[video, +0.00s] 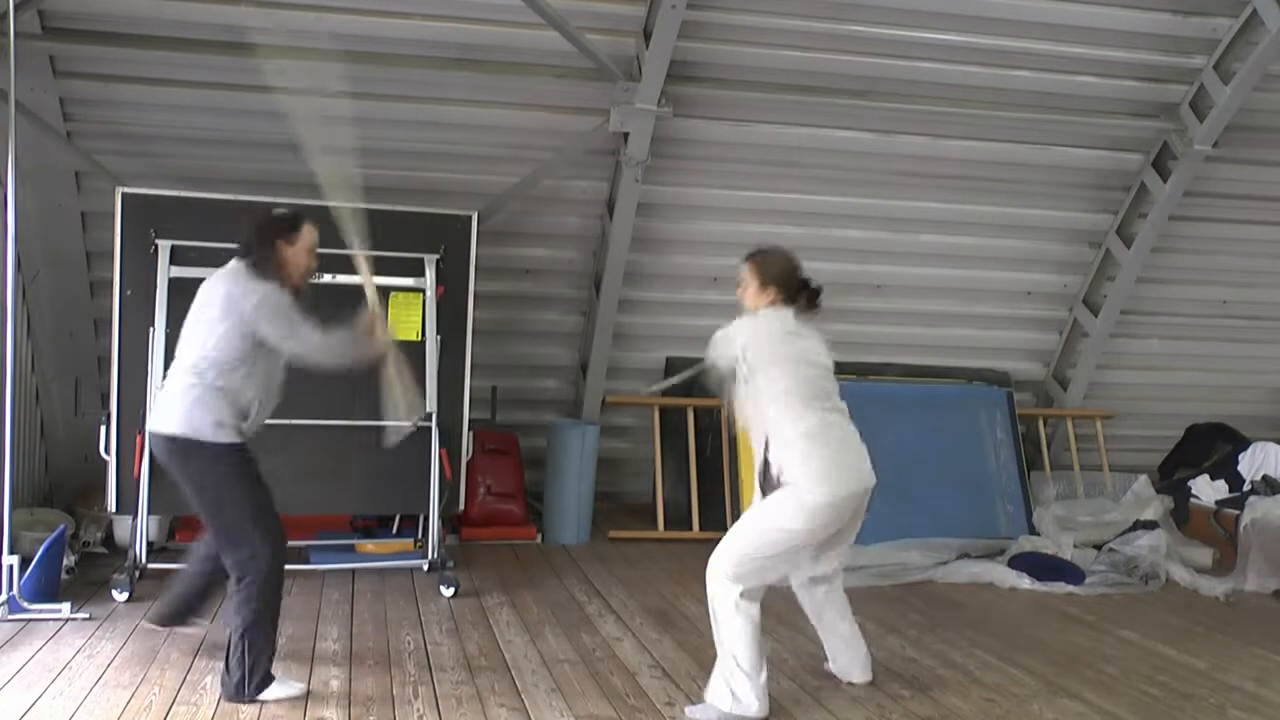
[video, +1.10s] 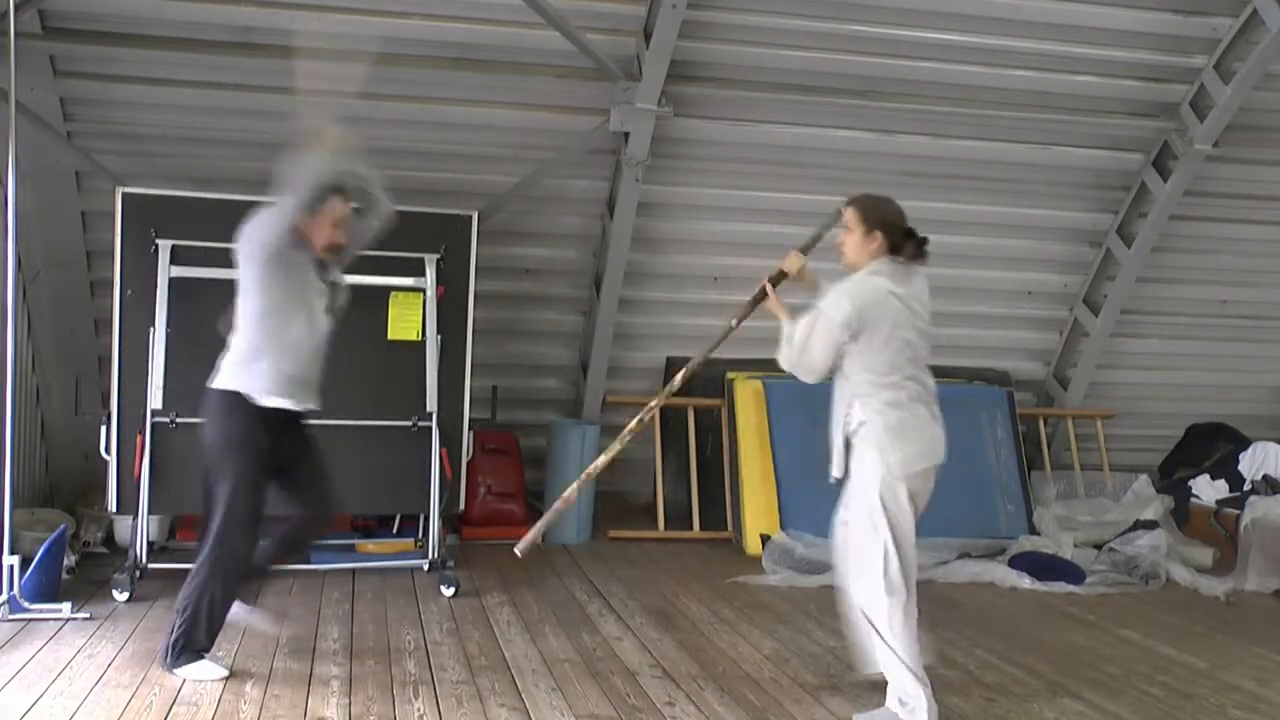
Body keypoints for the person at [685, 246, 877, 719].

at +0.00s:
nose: (738, 292)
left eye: (744, 284)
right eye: (740, 283)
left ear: (766, 290)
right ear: (786, 291)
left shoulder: (749, 329)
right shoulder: (809, 333)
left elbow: (715, 363)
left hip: (812, 487)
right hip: (856, 479)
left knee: (727, 570)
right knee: (814, 571)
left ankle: (739, 697)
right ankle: (853, 664)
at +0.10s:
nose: (720, 309)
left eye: (726, 300)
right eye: (721, 299)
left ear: (752, 303)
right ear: (765, 304)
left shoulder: (756, 339)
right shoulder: (784, 343)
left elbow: (693, 386)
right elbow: (729, 414)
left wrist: (655, 402)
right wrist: (669, 416)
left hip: (816, 492)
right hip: (846, 488)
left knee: (728, 573)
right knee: (802, 580)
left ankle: (739, 702)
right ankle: (861, 662)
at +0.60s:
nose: (751, 262)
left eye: (758, 251)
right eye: (752, 251)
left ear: (785, 255)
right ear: (784, 256)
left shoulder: (815, 301)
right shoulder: (773, 307)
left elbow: (793, 383)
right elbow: (738, 356)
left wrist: (730, 379)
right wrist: (710, 390)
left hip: (835, 454)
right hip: (799, 451)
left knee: (775, 561)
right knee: (786, 560)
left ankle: (743, 698)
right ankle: (819, 668)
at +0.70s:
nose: (776, 258)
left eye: (782, 248)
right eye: (776, 249)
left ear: (811, 253)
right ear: (804, 253)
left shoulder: (831, 301)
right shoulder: (788, 301)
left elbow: (796, 382)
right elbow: (745, 335)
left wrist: (737, 386)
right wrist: (703, 370)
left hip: (851, 452)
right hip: (815, 451)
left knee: (777, 549)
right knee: (778, 555)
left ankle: (813, 680)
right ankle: (789, 683)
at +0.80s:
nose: (790, 251)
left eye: (798, 242)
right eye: (792, 242)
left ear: (826, 248)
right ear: (826, 248)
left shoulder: (838, 297)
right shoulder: (815, 295)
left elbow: (798, 377)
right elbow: (763, 328)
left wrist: (732, 378)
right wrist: (702, 348)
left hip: (856, 450)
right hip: (827, 449)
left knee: (797, 555)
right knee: (795, 557)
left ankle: (867, 665)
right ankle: (816, 668)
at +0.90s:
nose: (810, 246)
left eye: (817, 237)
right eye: (812, 236)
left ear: (845, 242)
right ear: (852, 243)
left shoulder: (836, 293)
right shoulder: (870, 289)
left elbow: (782, 370)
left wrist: (743, 328)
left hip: (857, 448)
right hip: (874, 443)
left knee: (848, 569)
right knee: (821, 557)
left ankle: (916, 683)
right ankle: (820, 669)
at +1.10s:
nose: (840, 240)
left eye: (847, 231)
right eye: (841, 230)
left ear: (874, 239)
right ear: (885, 240)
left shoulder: (855, 293)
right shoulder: (912, 285)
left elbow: (808, 361)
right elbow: (857, 307)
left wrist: (780, 310)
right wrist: (810, 275)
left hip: (881, 449)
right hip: (921, 444)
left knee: (870, 566)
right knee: (890, 558)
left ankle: (909, 701)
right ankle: (903, 665)